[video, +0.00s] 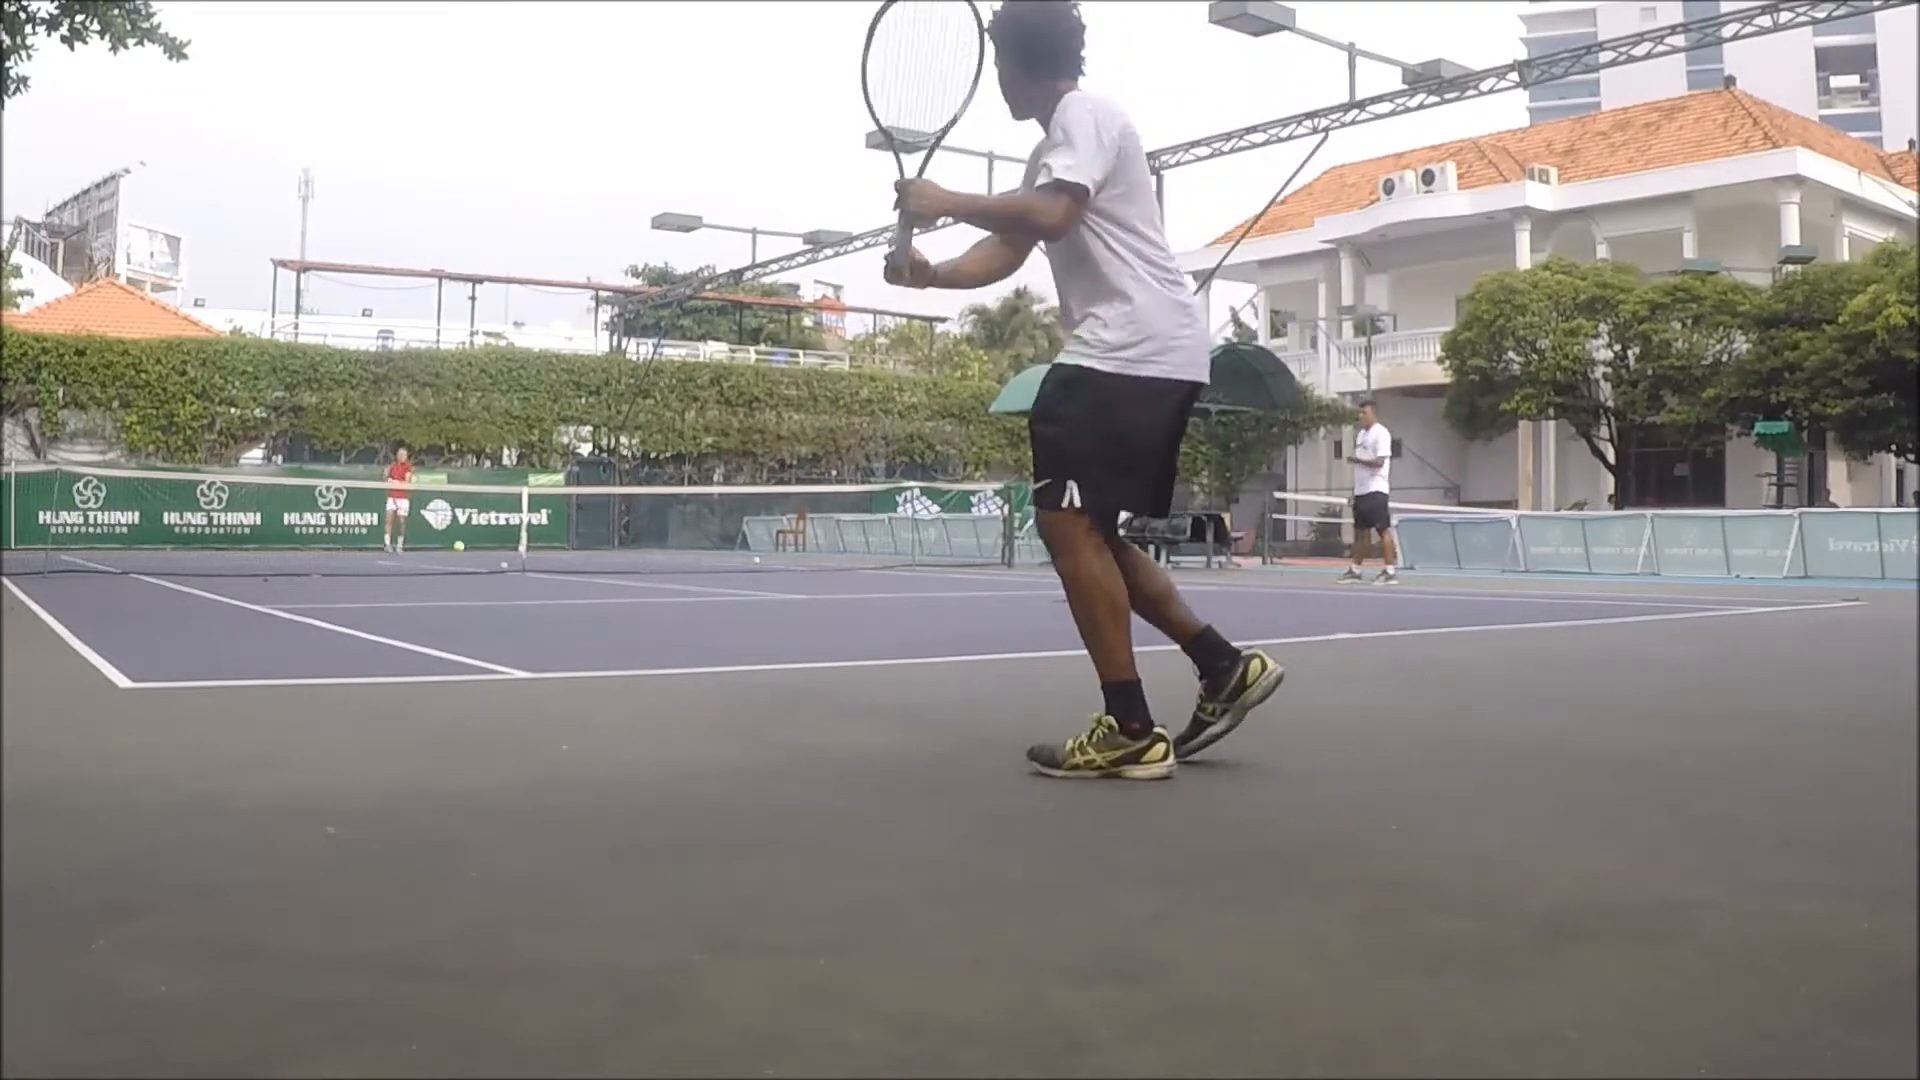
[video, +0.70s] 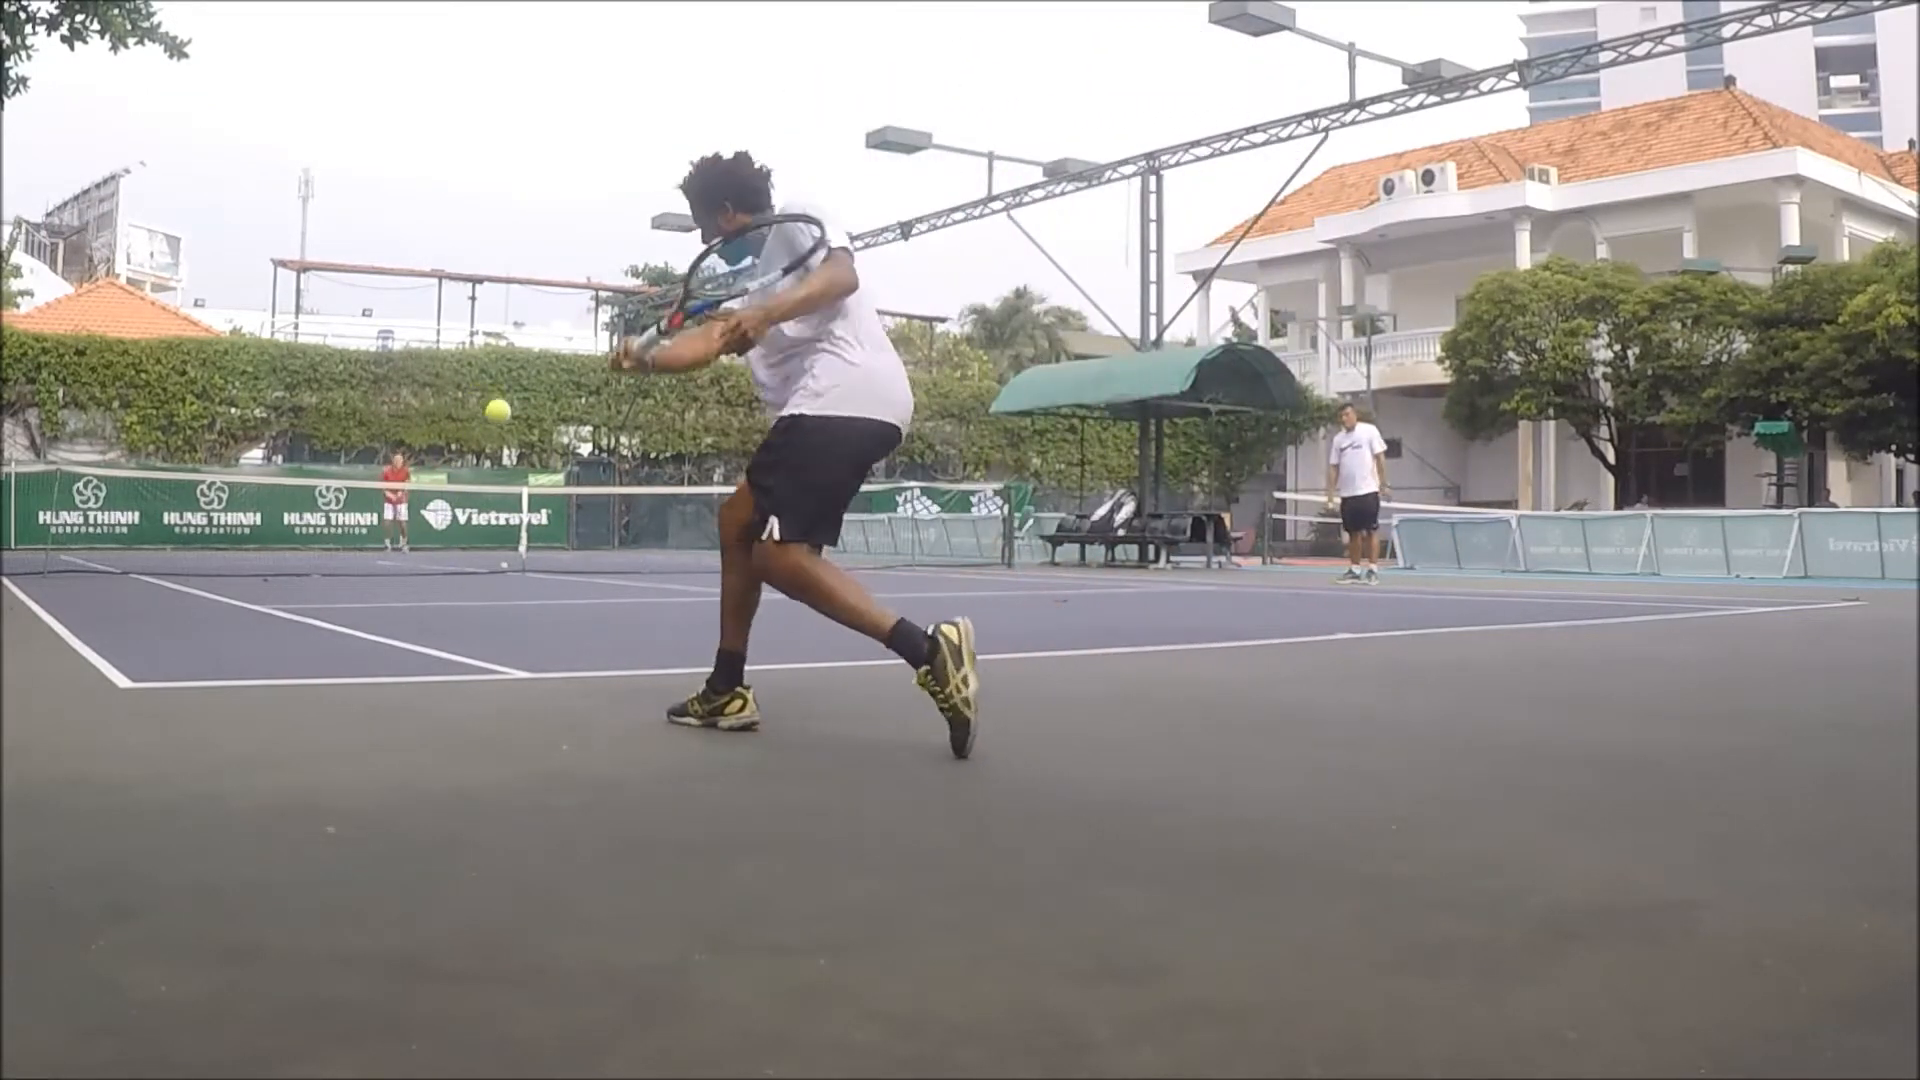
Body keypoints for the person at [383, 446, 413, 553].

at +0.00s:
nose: (402, 457)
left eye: (404, 455)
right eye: (400, 454)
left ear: (407, 456)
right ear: (396, 456)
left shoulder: (408, 468)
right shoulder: (392, 467)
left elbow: (407, 482)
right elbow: (386, 479)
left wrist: (395, 482)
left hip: (403, 496)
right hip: (392, 496)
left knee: (401, 520)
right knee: (388, 519)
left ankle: (400, 544)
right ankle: (387, 543)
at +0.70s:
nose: (398, 462)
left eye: (400, 460)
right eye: (396, 460)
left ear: (403, 461)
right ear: (393, 461)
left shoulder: (405, 471)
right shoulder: (387, 471)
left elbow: (407, 483)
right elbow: (381, 484)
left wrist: (401, 492)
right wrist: (389, 494)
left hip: (401, 500)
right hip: (389, 499)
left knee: (402, 521)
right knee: (387, 521)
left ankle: (404, 542)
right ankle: (387, 542)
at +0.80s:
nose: (399, 465)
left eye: (401, 463)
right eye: (397, 463)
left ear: (404, 464)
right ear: (394, 464)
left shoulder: (406, 475)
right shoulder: (388, 474)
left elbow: (409, 488)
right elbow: (384, 487)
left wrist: (401, 497)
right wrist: (391, 497)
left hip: (402, 503)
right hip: (390, 503)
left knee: (403, 524)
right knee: (389, 523)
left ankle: (403, 543)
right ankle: (388, 542)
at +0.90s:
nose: (403, 462)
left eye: (405, 459)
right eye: (401, 459)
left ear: (407, 461)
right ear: (397, 460)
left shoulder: (410, 471)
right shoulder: (391, 471)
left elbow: (411, 484)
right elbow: (388, 484)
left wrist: (404, 494)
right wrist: (396, 494)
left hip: (406, 498)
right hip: (393, 498)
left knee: (407, 520)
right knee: (391, 519)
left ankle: (405, 542)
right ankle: (388, 542)